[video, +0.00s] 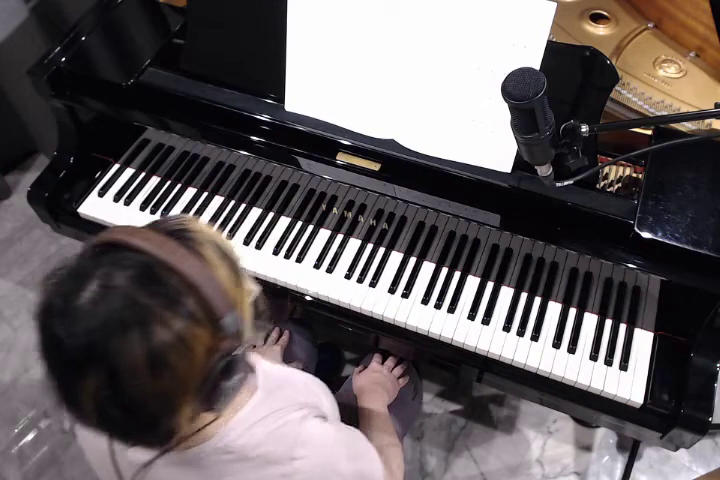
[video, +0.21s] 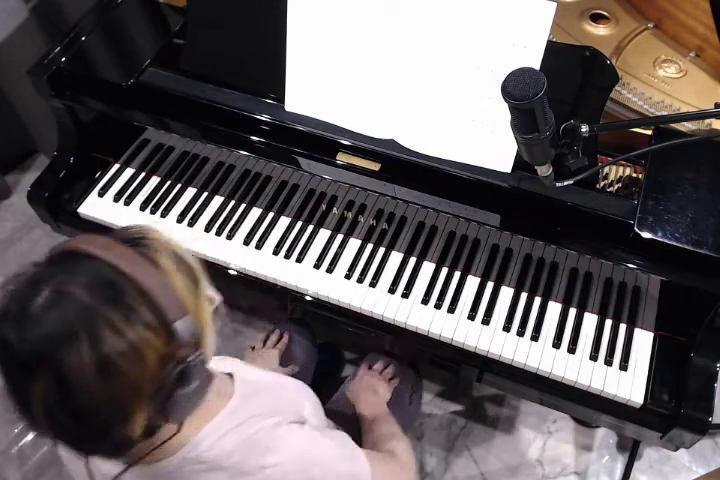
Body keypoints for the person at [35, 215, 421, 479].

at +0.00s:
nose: (245, 287)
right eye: (234, 287)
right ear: (223, 342)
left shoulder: (94, 422)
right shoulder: (321, 451)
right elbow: (385, 469)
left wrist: (261, 363)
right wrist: (374, 405)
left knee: (294, 336)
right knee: (397, 370)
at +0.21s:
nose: (208, 286)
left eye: (194, 279)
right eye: (198, 291)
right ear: (186, 361)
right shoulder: (290, 456)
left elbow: (169, 401)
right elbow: (396, 468)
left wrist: (252, 373)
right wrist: (374, 411)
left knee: (292, 334)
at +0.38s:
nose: (185, 307)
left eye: (173, 301)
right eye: (175, 309)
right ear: (159, 368)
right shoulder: (269, 462)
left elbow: (190, 383)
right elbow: (418, 464)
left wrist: (254, 364)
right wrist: (384, 389)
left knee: (298, 347)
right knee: (391, 363)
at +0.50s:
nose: (176, 322)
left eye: (164, 313)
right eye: (166, 324)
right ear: (146, 373)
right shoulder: (262, 467)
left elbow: (147, 377)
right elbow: (423, 444)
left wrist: (237, 337)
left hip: (229, 386)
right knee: (381, 345)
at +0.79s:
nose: (175, 319)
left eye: (162, 314)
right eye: (163, 322)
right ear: (147, 379)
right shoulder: (279, 465)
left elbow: (181, 358)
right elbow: (386, 416)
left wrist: (267, 298)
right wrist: (386, 282)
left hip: (232, 381)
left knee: (284, 331)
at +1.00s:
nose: (200, 295)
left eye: (185, 292)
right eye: (187, 300)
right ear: (180, 362)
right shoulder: (288, 462)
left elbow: (208, 350)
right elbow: (378, 423)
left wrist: (294, 301)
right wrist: (387, 301)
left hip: (251, 377)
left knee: (292, 337)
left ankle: (316, 387)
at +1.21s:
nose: (244, 284)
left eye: (233, 283)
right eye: (236, 292)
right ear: (222, 355)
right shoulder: (319, 446)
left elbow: (216, 359)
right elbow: (384, 442)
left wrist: (291, 310)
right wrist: (383, 322)